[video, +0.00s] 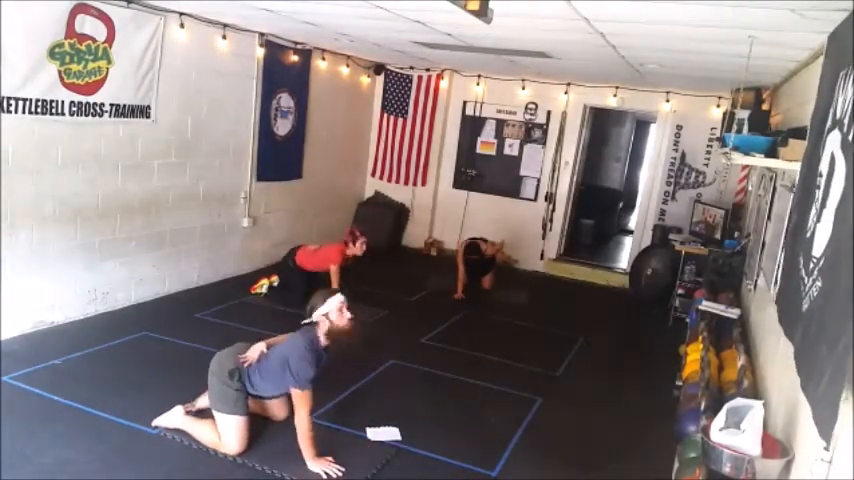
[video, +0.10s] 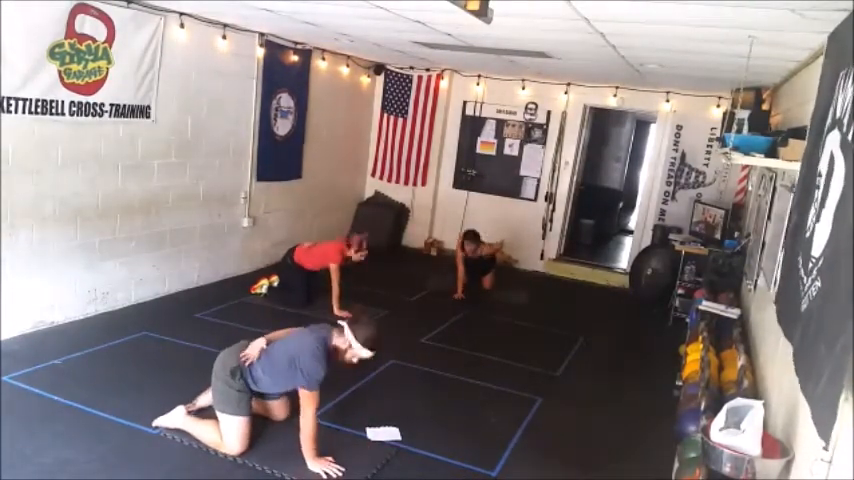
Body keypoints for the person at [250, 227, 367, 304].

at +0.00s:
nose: (365, 247)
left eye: (365, 244)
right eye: (362, 244)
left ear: (353, 244)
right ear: (351, 244)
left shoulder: (344, 250)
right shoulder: (337, 255)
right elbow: (335, 284)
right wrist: (337, 300)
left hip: (303, 252)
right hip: (294, 263)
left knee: (312, 287)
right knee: (298, 299)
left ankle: (278, 281)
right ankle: (270, 288)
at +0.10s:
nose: (363, 258)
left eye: (364, 255)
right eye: (361, 255)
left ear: (352, 247)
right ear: (351, 251)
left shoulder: (344, 244)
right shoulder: (336, 255)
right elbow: (335, 284)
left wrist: (313, 245)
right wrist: (336, 309)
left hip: (302, 254)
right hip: (293, 263)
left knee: (311, 291)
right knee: (300, 300)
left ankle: (278, 281)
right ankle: (267, 288)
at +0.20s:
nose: (344, 268)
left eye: (348, 269)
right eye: (347, 267)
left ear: (354, 259)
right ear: (351, 261)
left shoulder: (346, 244)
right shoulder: (336, 252)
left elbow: (325, 240)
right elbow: (335, 283)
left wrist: (313, 239)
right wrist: (336, 309)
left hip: (308, 261)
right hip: (296, 262)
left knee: (312, 293)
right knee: (300, 300)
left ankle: (279, 281)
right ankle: (267, 289)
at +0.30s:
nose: (345, 266)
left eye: (348, 267)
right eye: (348, 265)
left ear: (352, 253)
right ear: (350, 257)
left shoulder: (345, 242)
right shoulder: (337, 251)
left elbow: (320, 237)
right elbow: (335, 283)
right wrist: (336, 310)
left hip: (310, 261)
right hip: (298, 261)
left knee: (313, 292)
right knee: (300, 300)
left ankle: (279, 282)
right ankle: (267, 289)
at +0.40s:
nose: (352, 268)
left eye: (356, 268)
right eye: (355, 267)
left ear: (355, 253)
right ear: (353, 258)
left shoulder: (346, 243)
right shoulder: (336, 253)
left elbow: (327, 240)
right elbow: (335, 283)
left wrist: (315, 239)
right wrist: (336, 310)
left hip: (307, 261)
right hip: (296, 262)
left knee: (309, 295)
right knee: (299, 300)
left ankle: (279, 281)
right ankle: (267, 289)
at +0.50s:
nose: (362, 251)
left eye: (364, 249)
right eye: (359, 247)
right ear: (350, 244)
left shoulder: (342, 247)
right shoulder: (338, 254)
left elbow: (325, 244)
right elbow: (335, 283)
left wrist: (311, 246)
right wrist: (335, 303)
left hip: (300, 254)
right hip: (293, 263)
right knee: (300, 300)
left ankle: (277, 282)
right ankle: (269, 289)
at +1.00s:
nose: (349, 267)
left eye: (353, 267)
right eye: (352, 265)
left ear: (354, 254)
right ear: (351, 258)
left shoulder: (345, 244)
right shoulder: (336, 252)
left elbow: (326, 241)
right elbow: (335, 283)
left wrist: (314, 240)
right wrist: (336, 309)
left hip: (308, 263)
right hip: (295, 261)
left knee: (309, 297)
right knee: (300, 299)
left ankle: (278, 282)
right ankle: (268, 289)